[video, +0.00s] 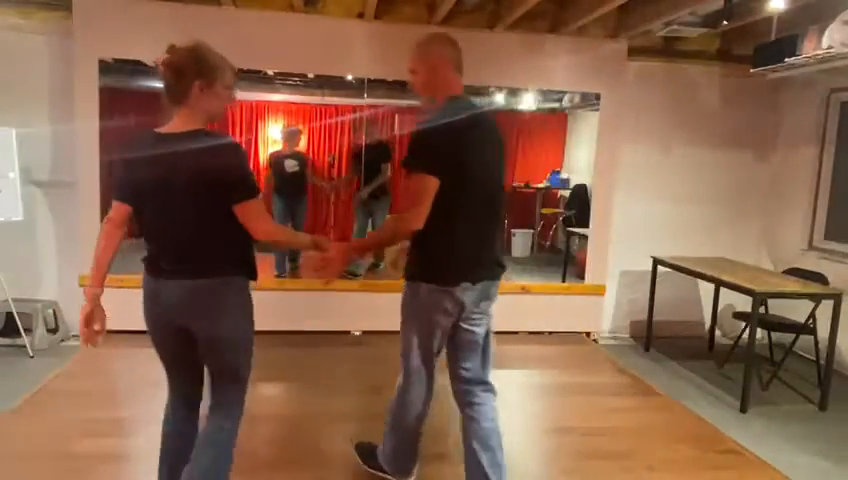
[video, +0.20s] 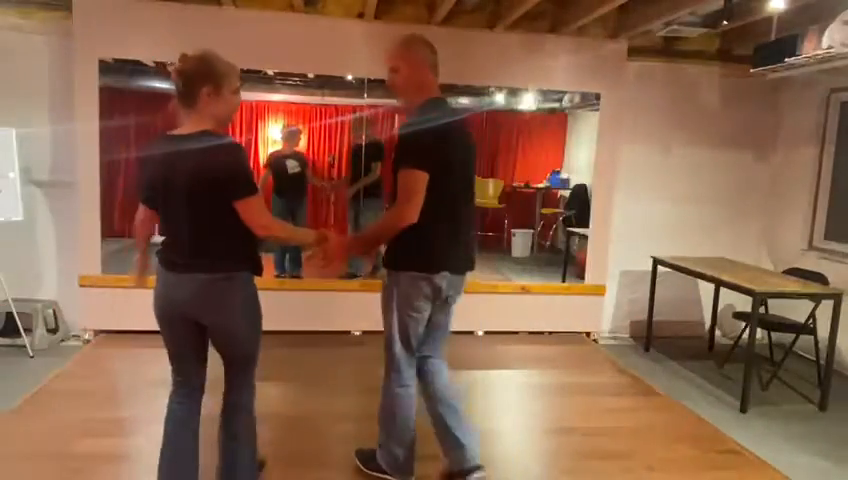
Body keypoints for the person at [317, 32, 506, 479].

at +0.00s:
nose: (411, 77)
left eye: (415, 69)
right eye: (412, 69)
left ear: (434, 68)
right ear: (454, 69)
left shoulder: (434, 131)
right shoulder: (486, 126)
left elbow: (412, 218)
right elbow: (482, 204)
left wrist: (355, 249)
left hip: (436, 274)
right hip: (483, 271)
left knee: (417, 370)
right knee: (476, 384)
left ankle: (396, 460)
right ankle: (490, 475)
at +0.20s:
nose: (389, 81)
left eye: (394, 72)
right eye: (389, 73)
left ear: (417, 69)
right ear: (428, 71)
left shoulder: (420, 127)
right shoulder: (455, 124)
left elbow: (406, 210)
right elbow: (451, 203)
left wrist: (354, 243)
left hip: (416, 263)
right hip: (453, 263)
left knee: (401, 364)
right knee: (430, 358)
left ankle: (394, 459)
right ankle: (464, 459)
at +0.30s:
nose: (381, 79)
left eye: (387, 70)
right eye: (382, 71)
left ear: (409, 69)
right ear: (416, 71)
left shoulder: (414, 126)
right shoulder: (440, 123)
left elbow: (405, 209)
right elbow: (431, 200)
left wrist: (351, 239)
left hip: (409, 259)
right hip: (439, 256)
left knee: (396, 360)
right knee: (406, 352)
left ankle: (395, 459)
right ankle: (427, 443)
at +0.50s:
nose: (371, 84)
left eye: (377, 76)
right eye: (370, 77)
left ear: (402, 75)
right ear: (384, 79)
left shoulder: (410, 127)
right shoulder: (397, 124)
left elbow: (409, 205)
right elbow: (374, 182)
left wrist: (357, 235)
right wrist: (329, 187)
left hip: (402, 259)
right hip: (391, 255)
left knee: (378, 356)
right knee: (372, 337)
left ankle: (397, 461)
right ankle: (367, 404)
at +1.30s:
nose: (339, 97)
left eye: (346, 90)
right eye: (337, 91)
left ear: (370, 91)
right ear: (339, 95)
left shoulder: (388, 137)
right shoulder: (344, 140)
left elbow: (401, 198)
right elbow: (318, 186)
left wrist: (359, 234)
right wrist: (274, 195)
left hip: (377, 246)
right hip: (345, 244)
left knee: (338, 324)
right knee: (339, 325)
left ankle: (336, 432)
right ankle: (357, 405)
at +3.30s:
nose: (301, 88)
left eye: (307, 78)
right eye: (299, 80)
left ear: (334, 77)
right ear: (324, 80)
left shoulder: (349, 123)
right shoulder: (332, 123)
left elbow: (381, 189)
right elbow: (330, 184)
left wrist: (343, 249)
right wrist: (299, 189)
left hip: (336, 260)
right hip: (329, 256)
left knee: (319, 360)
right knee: (334, 343)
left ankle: (315, 465)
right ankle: (341, 418)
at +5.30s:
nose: (275, 97)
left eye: (281, 88)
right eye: (271, 90)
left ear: (305, 85)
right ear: (277, 92)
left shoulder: (328, 125)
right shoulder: (297, 135)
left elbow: (384, 164)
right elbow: (271, 179)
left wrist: (368, 223)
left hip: (343, 253)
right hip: (323, 253)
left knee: (325, 349)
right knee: (327, 342)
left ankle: (313, 460)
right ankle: (326, 418)